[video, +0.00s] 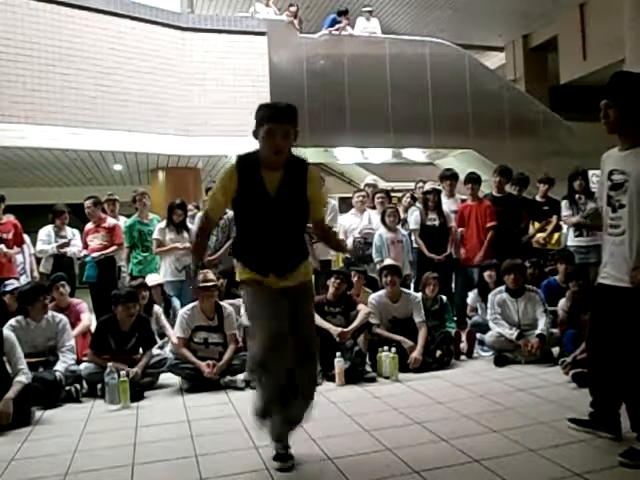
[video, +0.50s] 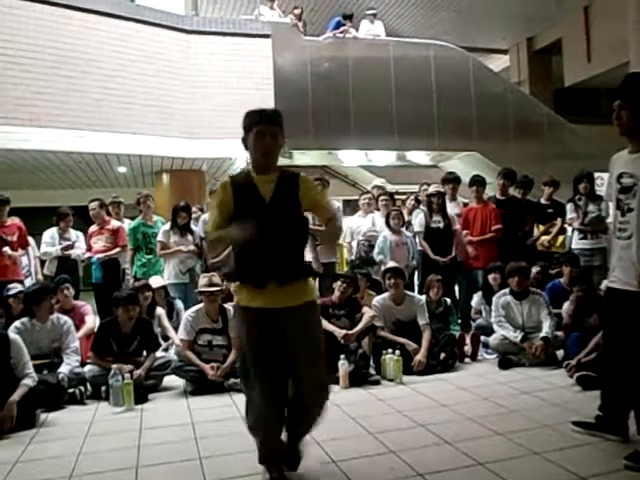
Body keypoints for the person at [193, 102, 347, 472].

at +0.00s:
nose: (279, 140)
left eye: (286, 134)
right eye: (272, 133)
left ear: (295, 137)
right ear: (257, 134)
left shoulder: (307, 175)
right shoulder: (238, 173)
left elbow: (318, 223)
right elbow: (208, 218)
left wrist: (335, 243)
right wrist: (197, 264)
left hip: (297, 275)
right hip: (256, 276)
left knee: (304, 357)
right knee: (267, 346)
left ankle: (282, 434)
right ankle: (267, 400)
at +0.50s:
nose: (267, 143)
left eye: (274, 136)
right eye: (260, 135)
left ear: (283, 141)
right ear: (246, 142)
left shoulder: (300, 184)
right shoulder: (228, 190)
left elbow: (331, 219)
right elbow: (211, 243)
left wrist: (325, 250)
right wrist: (234, 232)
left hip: (300, 300)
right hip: (253, 304)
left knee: (315, 385)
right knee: (263, 393)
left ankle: (294, 438)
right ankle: (273, 467)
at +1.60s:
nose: (256, 110)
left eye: (261, 99)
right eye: (245, 104)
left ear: (279, 105)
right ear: (234, 122)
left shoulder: (316, 161)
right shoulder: (228, 180)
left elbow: (372, 178)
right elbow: (219, 257)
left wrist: (381, 173)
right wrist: (226, 319)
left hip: (316, 312)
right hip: (262, 317)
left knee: (321, 423)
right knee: (270, 425)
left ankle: (308, 474)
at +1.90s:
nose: (229, 138)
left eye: (234, 128)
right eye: (226, 129)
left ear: (270, 125)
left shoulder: (320, 163)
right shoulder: (236, 181)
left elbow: (357, 207)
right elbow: (215, 254)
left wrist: (352, 244)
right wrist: (236, 323)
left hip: (318, 317)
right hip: (263, 322)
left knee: (323, 422)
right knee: (271, 426)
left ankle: (310, 477)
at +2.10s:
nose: (247, 150)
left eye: (257, 138)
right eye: (239, 140)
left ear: (286, 140)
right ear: (233, 145)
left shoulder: (320, 184)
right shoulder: (230, 203)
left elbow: (340, 239)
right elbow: (212, 267)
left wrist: (348, 293)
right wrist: (210, 306)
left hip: (318, 320)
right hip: (263, 325)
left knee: (323, 421)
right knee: (271, 424)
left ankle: (322, 475)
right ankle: (274, 479)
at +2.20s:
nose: (255, 156)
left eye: (266, 145)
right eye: (247, 146)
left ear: (290, 148)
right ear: (239, 153)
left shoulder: (319, 193)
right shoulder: (232, 203)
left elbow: (367, 234)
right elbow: (202, 260)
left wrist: (347, 285)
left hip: (316, 320)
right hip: (263, 323)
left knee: (328, 419)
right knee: (275, 404)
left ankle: (325, 477)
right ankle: (270, 479)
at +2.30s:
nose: (257, 140)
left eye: (268, 130)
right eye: (249, 132)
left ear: (290, 137)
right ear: (241, 140)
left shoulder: (314, 184)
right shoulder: (228, 191)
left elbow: (341, 230)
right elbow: (173, 219)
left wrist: (343, 286)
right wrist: (179, 200)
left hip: (313, 316)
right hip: (263, 321)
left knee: (326, 423)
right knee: (272, 418)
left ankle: (321, 477)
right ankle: (264, 468)